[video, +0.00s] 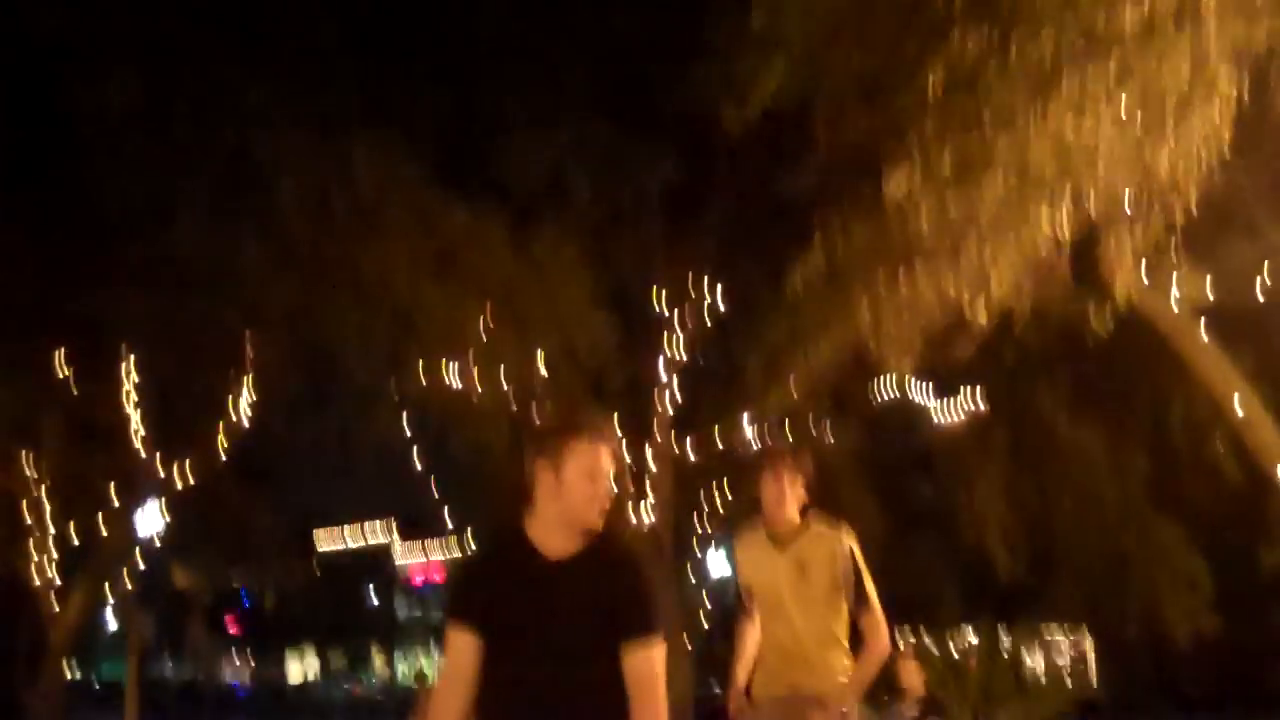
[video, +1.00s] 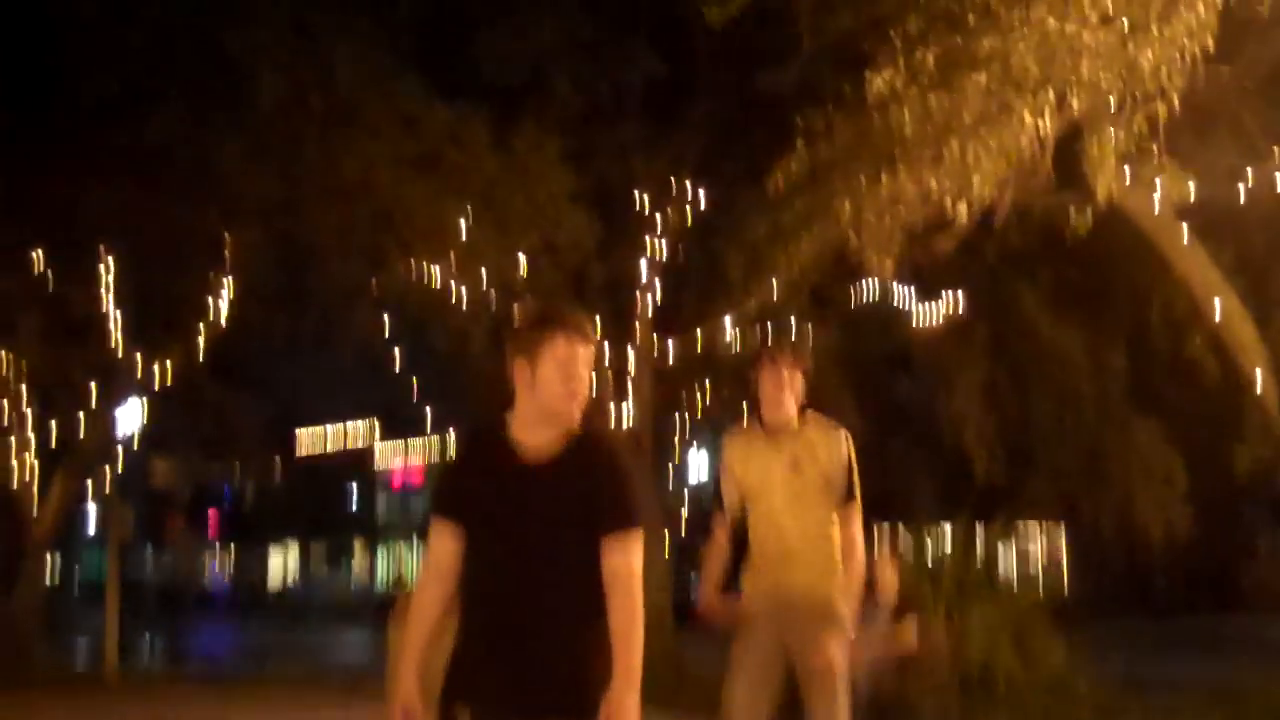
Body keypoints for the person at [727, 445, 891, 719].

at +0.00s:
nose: (781, 490)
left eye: (790, 480)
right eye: (773, 480)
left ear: (803, 489)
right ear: (759, 489)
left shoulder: (837, 539)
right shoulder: (745, 545)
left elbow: (878, 639)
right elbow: (749, 616)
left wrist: (849, 695)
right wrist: (737, 689)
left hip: (830, 695)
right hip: (769, 697)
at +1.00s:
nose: (780, 390)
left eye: (788, 380)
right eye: (771, 381)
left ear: (802, 385)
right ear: (757, 387)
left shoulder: (834, 440)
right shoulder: (737, 445)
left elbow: (852, 527)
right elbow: (725, 524)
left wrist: (848, 608)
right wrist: (708, 593)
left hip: (821, 606)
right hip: (760, 605)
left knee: (831, 712)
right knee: (742, 708)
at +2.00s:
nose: (755, 485)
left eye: (766, 476)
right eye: (746, 476)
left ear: (784, 487)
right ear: (734, 488)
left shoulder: (814, 547)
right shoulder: (729, 552)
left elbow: (840, 637)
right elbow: (733, 635)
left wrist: (843, 712)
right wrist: (718, 710)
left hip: (808, 700)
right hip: (750, 700)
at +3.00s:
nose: (779, 479)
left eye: (789, 470)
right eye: (770, 469)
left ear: (807, 477)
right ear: (759, 476)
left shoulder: (839, 541)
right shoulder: (745, 542)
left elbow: (860, 632)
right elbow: (740, 630)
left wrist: (867, 711)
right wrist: (718, 709)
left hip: (825, 696)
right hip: (762, 695)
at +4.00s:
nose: (709, 479)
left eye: (721, 467)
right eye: (700, 467)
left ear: (743, 476)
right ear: (691, 475)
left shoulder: (781, 539)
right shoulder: (675, 543)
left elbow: (815, 616)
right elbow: (680, 627)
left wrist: (832, 700)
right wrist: (676, 695)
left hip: (778, 698)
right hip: (713, 700)